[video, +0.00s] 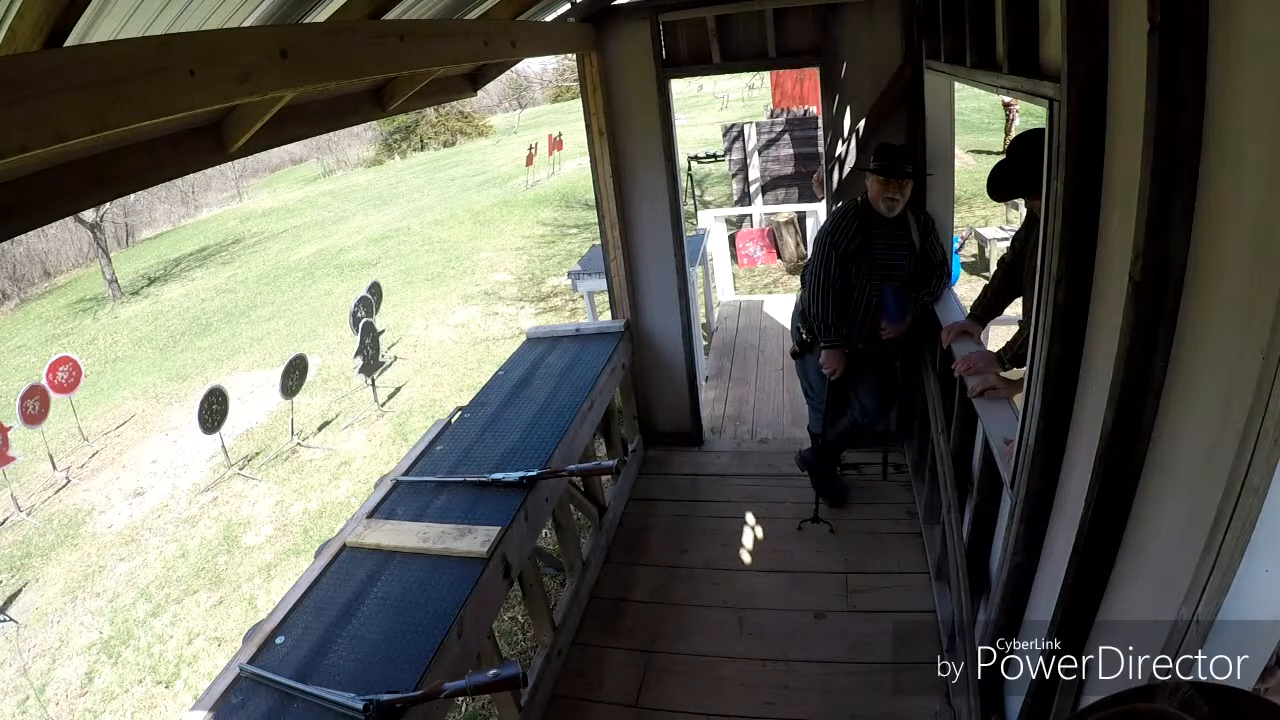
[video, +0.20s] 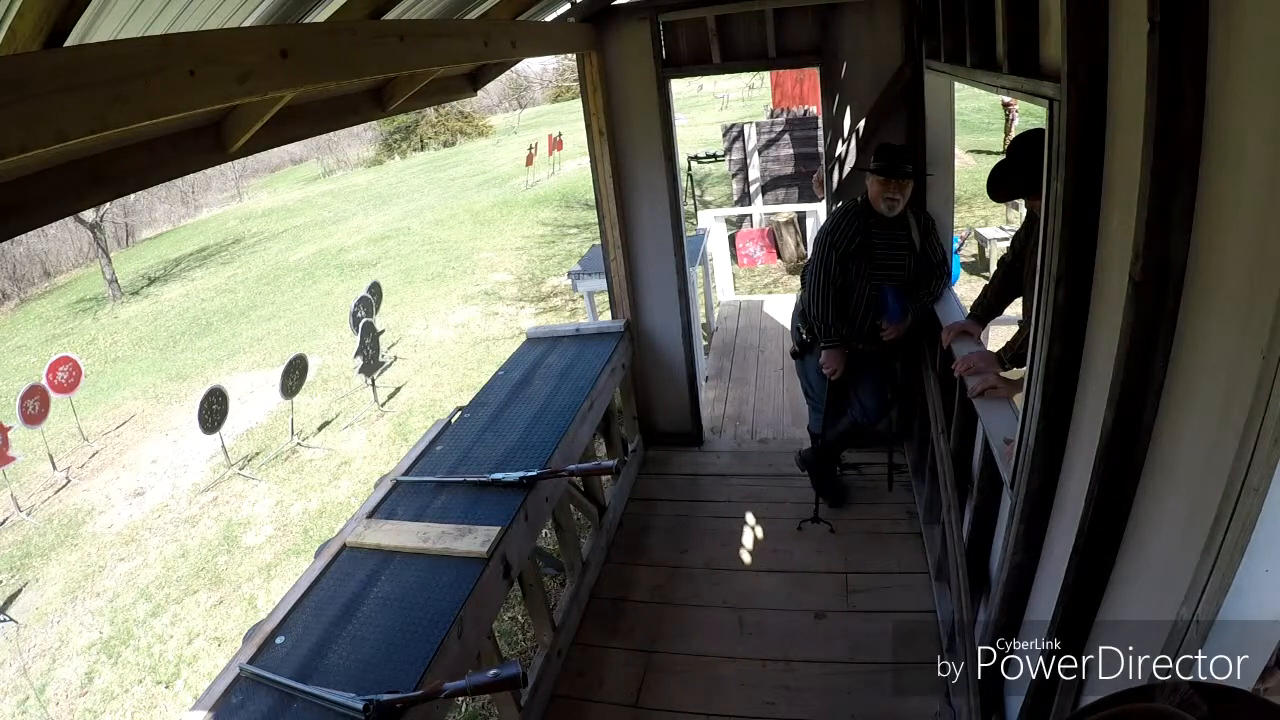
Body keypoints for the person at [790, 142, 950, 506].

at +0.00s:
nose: (894, 190)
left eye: (903, 181)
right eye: (885, 180)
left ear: (912, 185)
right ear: (869, 180)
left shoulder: (920, 224)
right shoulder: (845, 222)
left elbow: (938, 274)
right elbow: (820, 282)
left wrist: (909, 315)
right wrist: (831, 343)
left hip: (876, 335)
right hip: (825, 334)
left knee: (872, 409)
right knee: (827, 411)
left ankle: (817, 455)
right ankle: (827, 479)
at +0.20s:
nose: (894, 189)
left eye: (903, 181)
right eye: (885, 179)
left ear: (912, 185)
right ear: (869, 180)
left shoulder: (920, 224)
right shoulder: (845, 221)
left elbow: (938, 275)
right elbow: (819, 280)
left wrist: (909, 316)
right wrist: (831, 343)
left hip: (874, 334)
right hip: (824, 333)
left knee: (872, 407)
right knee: (827, 410)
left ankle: (817, 455)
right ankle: (827, 478)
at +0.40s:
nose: (893, 190)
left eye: (903, 182)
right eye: (885, 180)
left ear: (913, 186)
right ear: (869, 181)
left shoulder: (921, 225)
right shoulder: (845, 222)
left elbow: (938, 276)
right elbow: (819, 281)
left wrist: (908, 316)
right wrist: (831, 343)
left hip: (874, 334)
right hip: (824, 333)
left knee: (872, 408)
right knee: (827, 410)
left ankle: (817, 455)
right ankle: (827, 478)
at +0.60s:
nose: (894, 192)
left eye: (903, 184)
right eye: (885, 182)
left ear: (913, 187)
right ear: (869, 182)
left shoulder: (921, 225)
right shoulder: (845, 223)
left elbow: (938, 276)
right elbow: (819, 281)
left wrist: (908, 316)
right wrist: (831, 343)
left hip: (874, 334)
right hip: (824, 333)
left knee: (873, 407)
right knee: (827, 409)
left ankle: (817, 455)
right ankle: (827, 478)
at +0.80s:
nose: (893, 195)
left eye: (903, 186)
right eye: (885, 185)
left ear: (914, 189)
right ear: (869, 183)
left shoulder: (922, 226)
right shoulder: (846, 222)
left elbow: (937, 275)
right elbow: (820, 281)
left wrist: (909, 317)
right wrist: (830, 343)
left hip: (874, 335)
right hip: (824, 334)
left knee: (871, 410)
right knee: (827, 411)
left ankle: (817, 456)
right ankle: (828, 479)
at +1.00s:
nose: (894, 196)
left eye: (903, 188)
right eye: (884, 186)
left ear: (914, 189)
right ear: (868, 184)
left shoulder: (922, 226)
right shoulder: (844, 224)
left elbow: (938, 275)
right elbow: (820, 282)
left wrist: (909, 317)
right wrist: (830, 343)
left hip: (875, 336)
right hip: (824, 335)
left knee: (871, 409)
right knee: (827, 411)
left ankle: (817, 456)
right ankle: (827, 478)